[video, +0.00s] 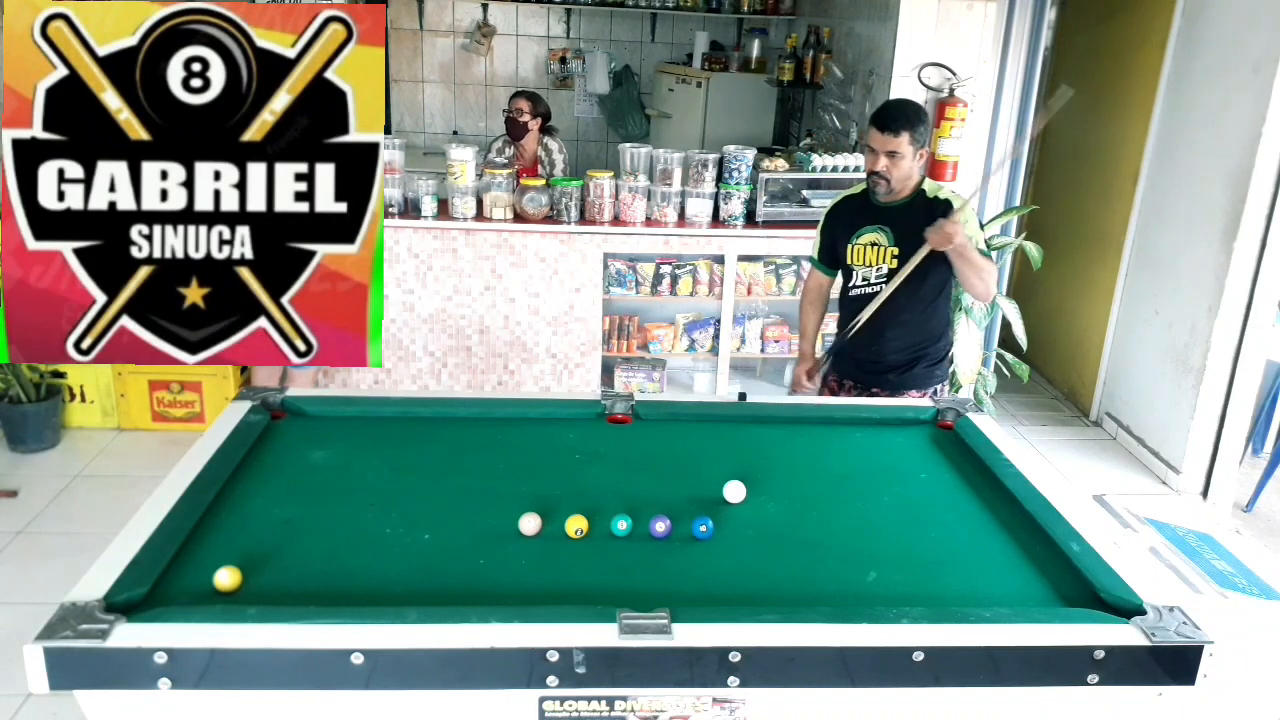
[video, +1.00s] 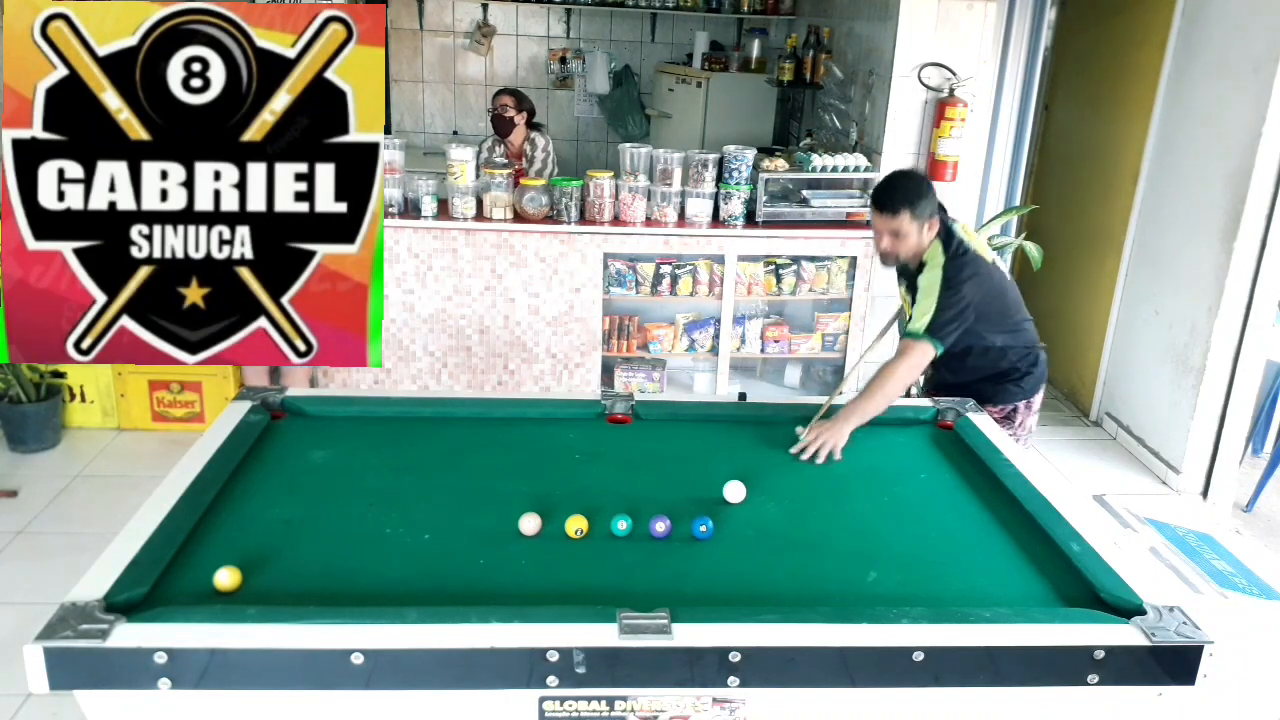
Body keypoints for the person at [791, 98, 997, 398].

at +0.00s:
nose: (877, 166)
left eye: (892, 156)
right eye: (871, 152)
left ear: (921, 158)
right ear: (863, 147)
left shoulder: (948, 212)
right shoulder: (842, 212)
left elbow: (985, 291)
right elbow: (817, 286)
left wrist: (956, 245)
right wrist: (806, 355)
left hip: (915, 388)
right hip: (846, 382)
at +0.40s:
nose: (889, 168)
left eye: (904, 158)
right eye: (883, 154)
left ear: (932, 156)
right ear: (876, 150)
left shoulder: (958, 204)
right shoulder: (868, 206)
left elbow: (988, 274)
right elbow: (851, 264)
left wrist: (932, 260)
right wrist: (841, 318)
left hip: (933, 373)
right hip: (872, 362)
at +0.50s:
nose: (893, 168)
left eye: (907, 158)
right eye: (886, 155)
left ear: (936, 156)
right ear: (879, 150)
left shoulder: (960, 202)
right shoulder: (875, 205)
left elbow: (976, 271)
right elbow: (857, 266)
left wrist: (903, 282)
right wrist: (851, 308)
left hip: (940, 376)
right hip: (879, 365)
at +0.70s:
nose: (895, 179)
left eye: (909, 168)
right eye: (889, 166)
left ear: (940, 166)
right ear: (883, 160)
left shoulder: (964, 216)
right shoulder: (891, 211)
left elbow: (941, 289)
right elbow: (886, 285)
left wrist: (880, 328)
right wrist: (874, 327)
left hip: (958, 381)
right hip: (900, 371)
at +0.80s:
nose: (894, 191)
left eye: (908, 181)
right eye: (889, 178)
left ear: (942, 178)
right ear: (883, 173)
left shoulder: (965, 229)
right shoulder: (891, 221)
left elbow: (930, 313)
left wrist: (862, 361)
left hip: (971, 386)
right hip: (913, 377)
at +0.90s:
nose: (891, 211)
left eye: (904, 200)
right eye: (886, 198)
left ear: (939, 199)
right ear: (881, 192)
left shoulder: (960, 246)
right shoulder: (909, 234)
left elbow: (922, 332)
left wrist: (854, 390)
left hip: (988, 383)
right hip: (931, 374)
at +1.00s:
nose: (883, 246)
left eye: (895, 235)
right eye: (878, 233)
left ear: (930, 228)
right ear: (873, 222)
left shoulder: (956, 271)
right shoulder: (920, 239)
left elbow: (911, 362)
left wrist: (843, 422)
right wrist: (912, 301)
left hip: (1004, 390)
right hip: (949, 380)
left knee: (985, 495)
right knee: (936, 486)